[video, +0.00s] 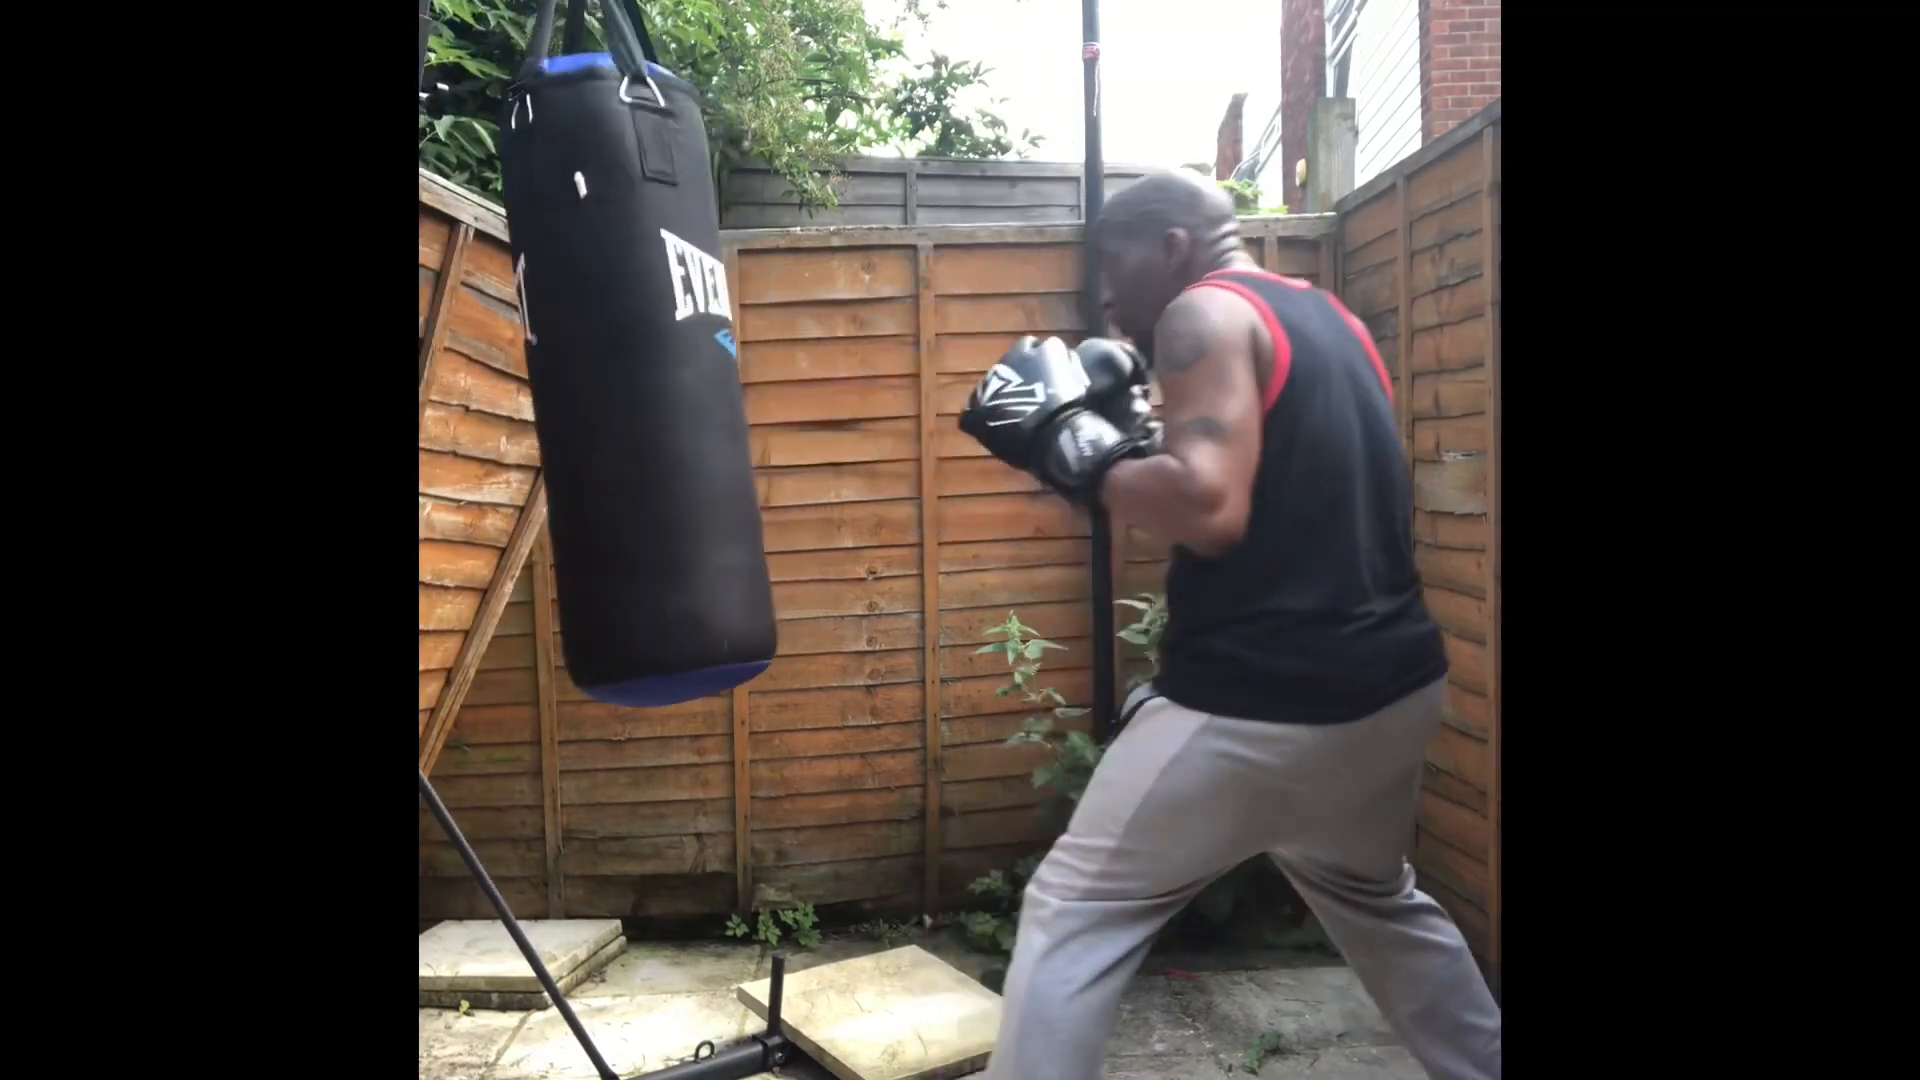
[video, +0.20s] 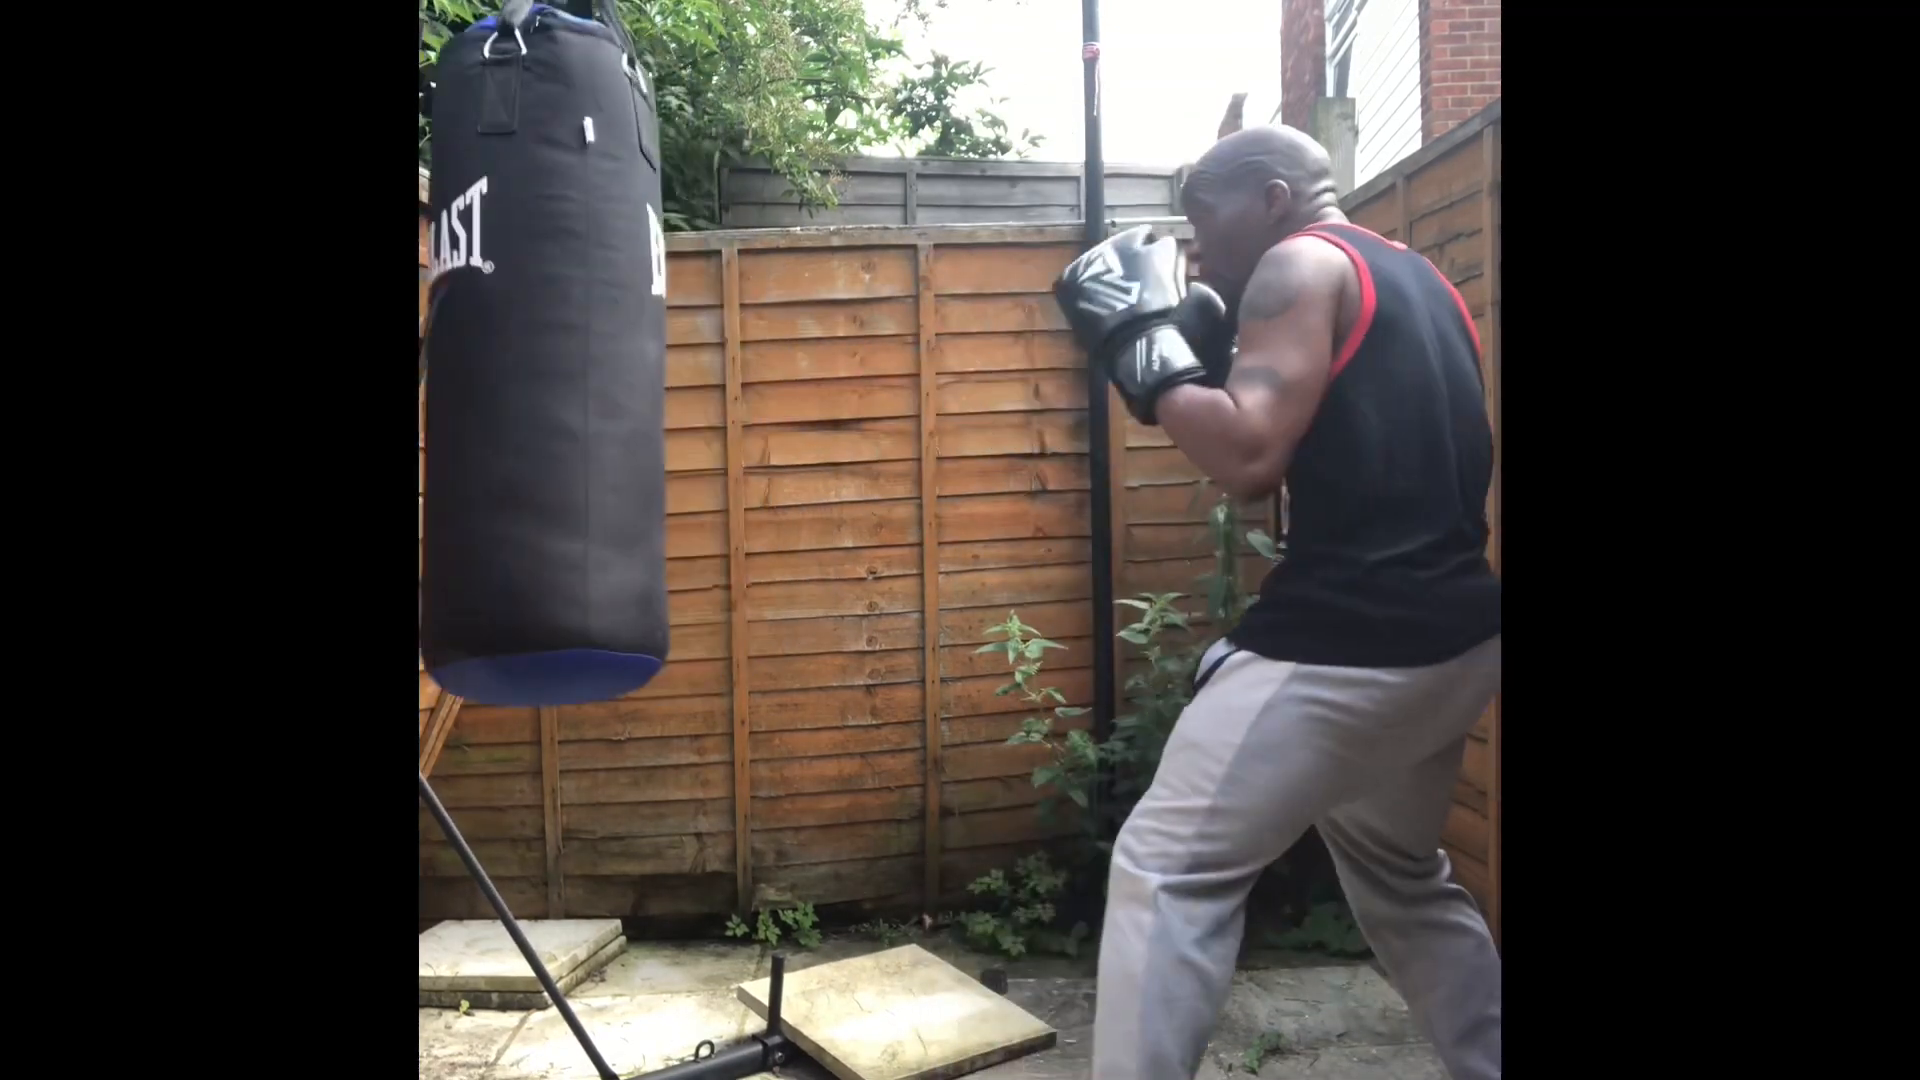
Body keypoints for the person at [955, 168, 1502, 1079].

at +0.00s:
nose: (1102, 295)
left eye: (1109, 265)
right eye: (1098, 270)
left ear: (1172, 247)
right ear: (1211, 245)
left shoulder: (1206, 313)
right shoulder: (1330, 315)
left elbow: (1208, 508)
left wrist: (1078, 453)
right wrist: (1142, 425)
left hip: (1252, 699)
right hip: (1393, 683)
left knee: (1071, 916)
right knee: (1371, 892)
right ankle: (1485, 1062)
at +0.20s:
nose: (1194, 250)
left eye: (1202, 219)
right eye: (1188, 225)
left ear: (1274, 200)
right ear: (1303, 202)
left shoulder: (1302, 267)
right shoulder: (1413, 272)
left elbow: (1242, 457)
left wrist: (1132, 342)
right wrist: (1205, 346)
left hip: (1342, 635)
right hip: (1454, 629)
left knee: (1165, 867)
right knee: (1399, 870)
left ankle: (1134, 1067)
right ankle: (1489, 1061)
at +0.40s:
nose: (1203, 265)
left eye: (1211, 234)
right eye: (1198, 240)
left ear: (1283, 212)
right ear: (1308, 214)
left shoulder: (1327, 280)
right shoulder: (1409, 276)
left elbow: (1309, 479)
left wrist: (1195, 416)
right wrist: (1234, 389)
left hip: (1367, 651)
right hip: (1461, 645)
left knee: (1185, 878)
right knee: (1395, 888)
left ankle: (1173, 1068)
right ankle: (1486, 1062)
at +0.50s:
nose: (1190, 266)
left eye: (1199, 234)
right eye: (1185, 239)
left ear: (1273, 211)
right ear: (1291, 211)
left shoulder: (1317, 280)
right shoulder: (1400, 274)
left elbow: (1300, 478)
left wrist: (1180, 410)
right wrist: (1229, 375)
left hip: (1363, 640)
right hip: (1462, 635)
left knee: (1155, 857)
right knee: (1396, 874)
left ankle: (1139, 1068)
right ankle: (1485, 1062)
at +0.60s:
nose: (1164, 265)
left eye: (1172, 233)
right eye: (1158, 239)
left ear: (1247, 211)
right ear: (1262, 212)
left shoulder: (1283, 283)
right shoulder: (1382, 273)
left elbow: (1257, 488)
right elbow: (1320, 465)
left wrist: (1132, 392)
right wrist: (1197, 373)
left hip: (1337, 646)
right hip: (1453, 635)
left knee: (1128, 859)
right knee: (1387, 873)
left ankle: (1097, 1066)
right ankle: (1488, 1059)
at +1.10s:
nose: (933, 256)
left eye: (942, 222)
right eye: (923, 232)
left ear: (1035, 196)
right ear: (1033, 203)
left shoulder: (1182, 302)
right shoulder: (1062, 303)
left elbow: (1176, 536)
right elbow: (1068, 452)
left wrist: (1018, 433)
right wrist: (909, 401)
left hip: (1226, 651)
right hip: (1171, 642)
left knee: (1058, 895)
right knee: (1253, 872)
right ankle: (1453, 1029)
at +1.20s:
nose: (969, 246)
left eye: (967, 219)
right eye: (958, 225)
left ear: (1034, 186)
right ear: (1049, 186)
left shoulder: (1151, 285)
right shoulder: (1137, 272)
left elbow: (1112, 519)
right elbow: (1111, 466)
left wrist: (981, 403)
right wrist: (996, 400)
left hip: (1205, 654)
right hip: (1240, 637)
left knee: (1037, 891)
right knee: (1237, 848)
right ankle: (1439, 1036)